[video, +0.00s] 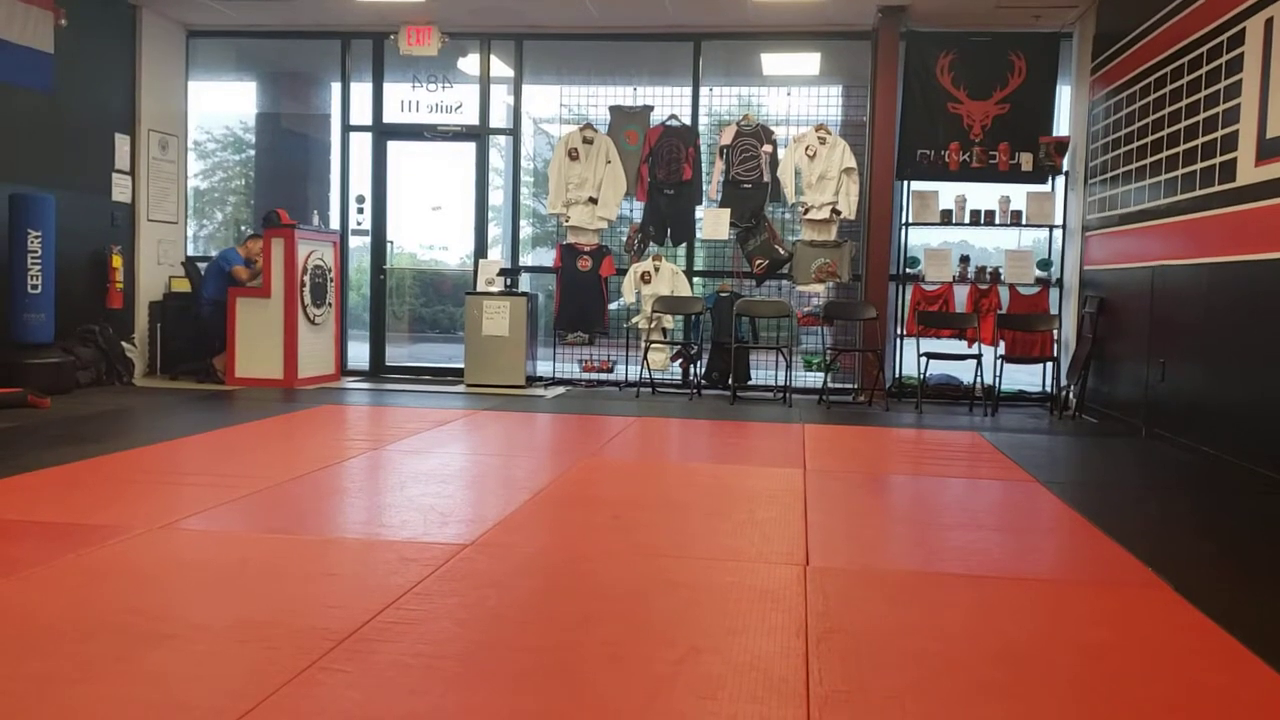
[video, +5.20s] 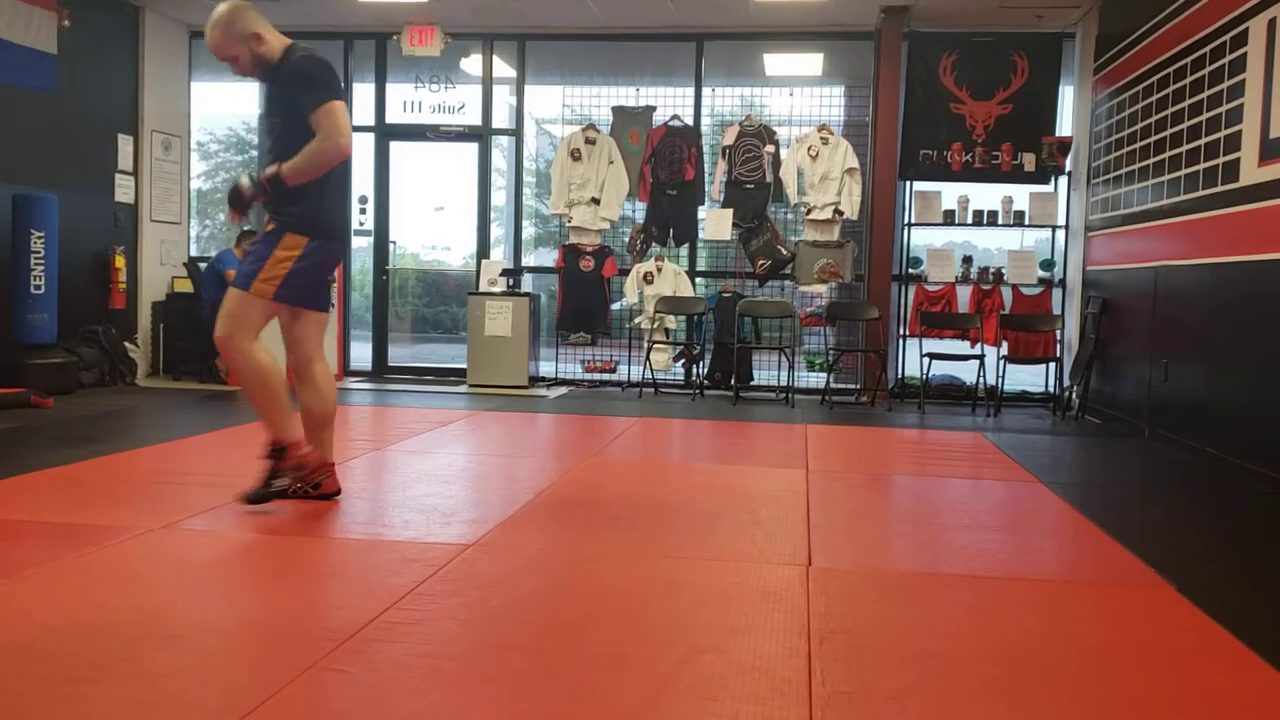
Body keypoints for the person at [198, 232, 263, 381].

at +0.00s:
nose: (260, 254)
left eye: (262, 251)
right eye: (260, 249)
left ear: (250, 245)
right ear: (249, 244)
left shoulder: (242, 259)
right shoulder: (230, 255)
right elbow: (243, 277)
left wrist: (262, 263)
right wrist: (258, 268)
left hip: (224, 305)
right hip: (211, 306)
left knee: (250, 328)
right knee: (246, 332)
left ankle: (221, 363)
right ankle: (219, 363)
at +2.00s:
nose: (262, 255)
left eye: (264, 252)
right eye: (261, 250)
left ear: (249, 246)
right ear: (248, 245)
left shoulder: (245, 264)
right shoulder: (230, 256)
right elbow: (234, 279)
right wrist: (257, 277)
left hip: (229, 306)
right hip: (214, 307)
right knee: (250, 333)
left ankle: (225, 363)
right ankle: (222, 362)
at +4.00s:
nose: (262, 253)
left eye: (263, 250)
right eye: (260, 248)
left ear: (247, 245)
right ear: (247, 244)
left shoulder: (245, 263)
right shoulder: (228, 255)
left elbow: (253, 282)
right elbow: (236, 280)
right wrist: (258, 279)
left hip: (230, 308)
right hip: (213, 309)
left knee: (257, 328)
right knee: (252, 331)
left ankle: (226, 362)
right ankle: (223, 362)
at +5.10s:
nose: (261, 254)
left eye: (262, 250)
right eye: (259, 249)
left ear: (247, 245)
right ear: (246, 244)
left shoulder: (246, 264)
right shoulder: (228, 256)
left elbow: (252, 282)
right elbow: (235, 280)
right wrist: (258, 279)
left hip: (230, 308)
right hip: (213, 309)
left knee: (257, 324)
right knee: (251, 328)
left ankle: (226, 363)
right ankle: (223, 362)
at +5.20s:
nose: (252, 250)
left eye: (254, 246)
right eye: (251, 245)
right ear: (242, 244)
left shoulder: (242, 261)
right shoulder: (226, 256)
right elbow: (234, 280)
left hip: (221, 303)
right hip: (209, 303)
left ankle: (221, 367)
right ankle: (215, 368)